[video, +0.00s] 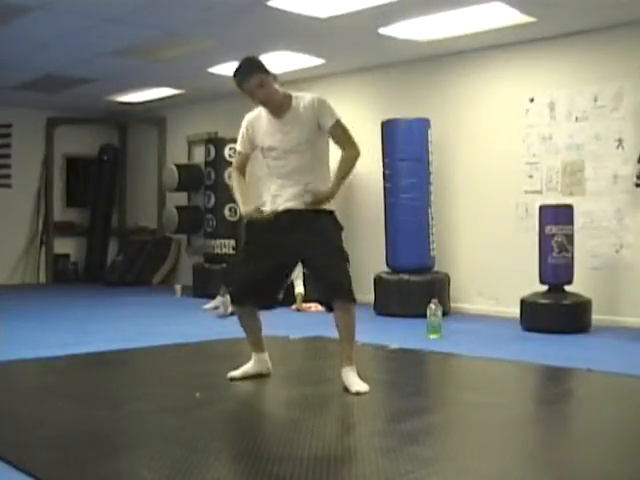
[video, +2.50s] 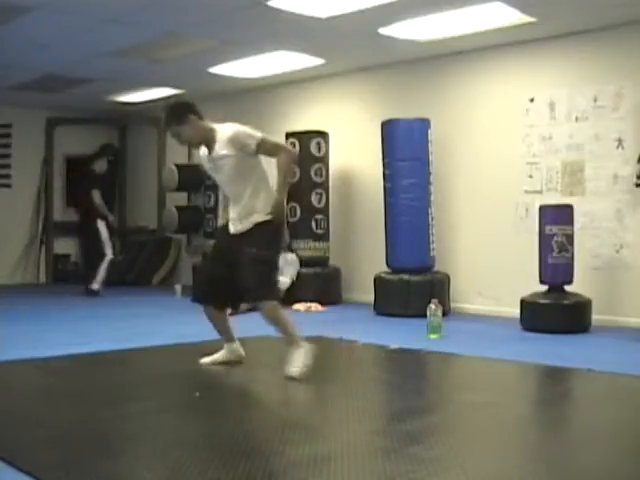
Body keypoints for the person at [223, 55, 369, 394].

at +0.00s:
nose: (259, 97)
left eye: (260, 87)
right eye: (251, 93)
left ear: (273, 78)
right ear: (247, 95)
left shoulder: (313, 106)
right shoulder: (252, 123)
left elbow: (351, 150)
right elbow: (236, 171)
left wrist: (331, 191)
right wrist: (245, 206)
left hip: (314, 219)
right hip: (268, 223)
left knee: (341, 289)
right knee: (240, 288)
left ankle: (349, 368)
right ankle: (259, 358)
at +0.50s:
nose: (245, 128)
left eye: (245, 118)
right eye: (236, 126)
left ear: (255, 109)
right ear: (233, 131)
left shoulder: (302, 141)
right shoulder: (246, 160)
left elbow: (306, 202)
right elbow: (252, 213)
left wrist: (297, 255)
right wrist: (251, 263)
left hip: (319, 228)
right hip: (278, 231)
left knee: (344, 290)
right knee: (230, 290)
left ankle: (356, 362)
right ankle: (258, 357)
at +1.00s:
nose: (247, 161)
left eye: (246, 151)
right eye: (238, 161)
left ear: (254, 138)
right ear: (234, 164)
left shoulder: (297, 163)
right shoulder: (244, 179)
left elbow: (304, 229)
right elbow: (253, 236)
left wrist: (303, 285)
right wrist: (256, 291)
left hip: (325, 233)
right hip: (283, 236)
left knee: (345, 284)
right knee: (230, 289)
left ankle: (360, 360)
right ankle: (258, 358)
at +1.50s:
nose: (249, 152)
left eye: (249, 141)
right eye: (239, 151)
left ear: (258, 130)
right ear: (236, 154)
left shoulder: (301, 159)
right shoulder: (244, 174)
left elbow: (304, 224)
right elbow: (253, 231)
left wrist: (301, 278)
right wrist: (253, 285)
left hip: (325, 234)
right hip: (283, 237)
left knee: (347, 280)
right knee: (231, 290)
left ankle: (360, 360)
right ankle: (258, 359)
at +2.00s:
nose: (250, 155)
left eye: (254, 148)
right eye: (246, 149)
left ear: (272, 137)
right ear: (246, 143)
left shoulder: (309, 156)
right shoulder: (259, 158)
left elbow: (343, 205)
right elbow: (245, 195)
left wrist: (357, 254)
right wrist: (217, 234)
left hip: (327, 234)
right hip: (290, 234)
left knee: (331, 298)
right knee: (237, 276)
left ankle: (355, 366)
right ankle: (252, 348)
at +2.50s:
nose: (183, 142)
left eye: (181, 134)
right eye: (178, 137)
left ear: (193, 120)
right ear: (187, 128)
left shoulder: (234, 135)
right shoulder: (204, 155)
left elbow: (286, 153)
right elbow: (225, 186)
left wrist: (280, 199)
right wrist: (223, 220)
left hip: (263, 224)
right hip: (233, 229)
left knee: (261, 295)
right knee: (208, 291)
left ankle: (300, 345)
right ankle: (232, 347)